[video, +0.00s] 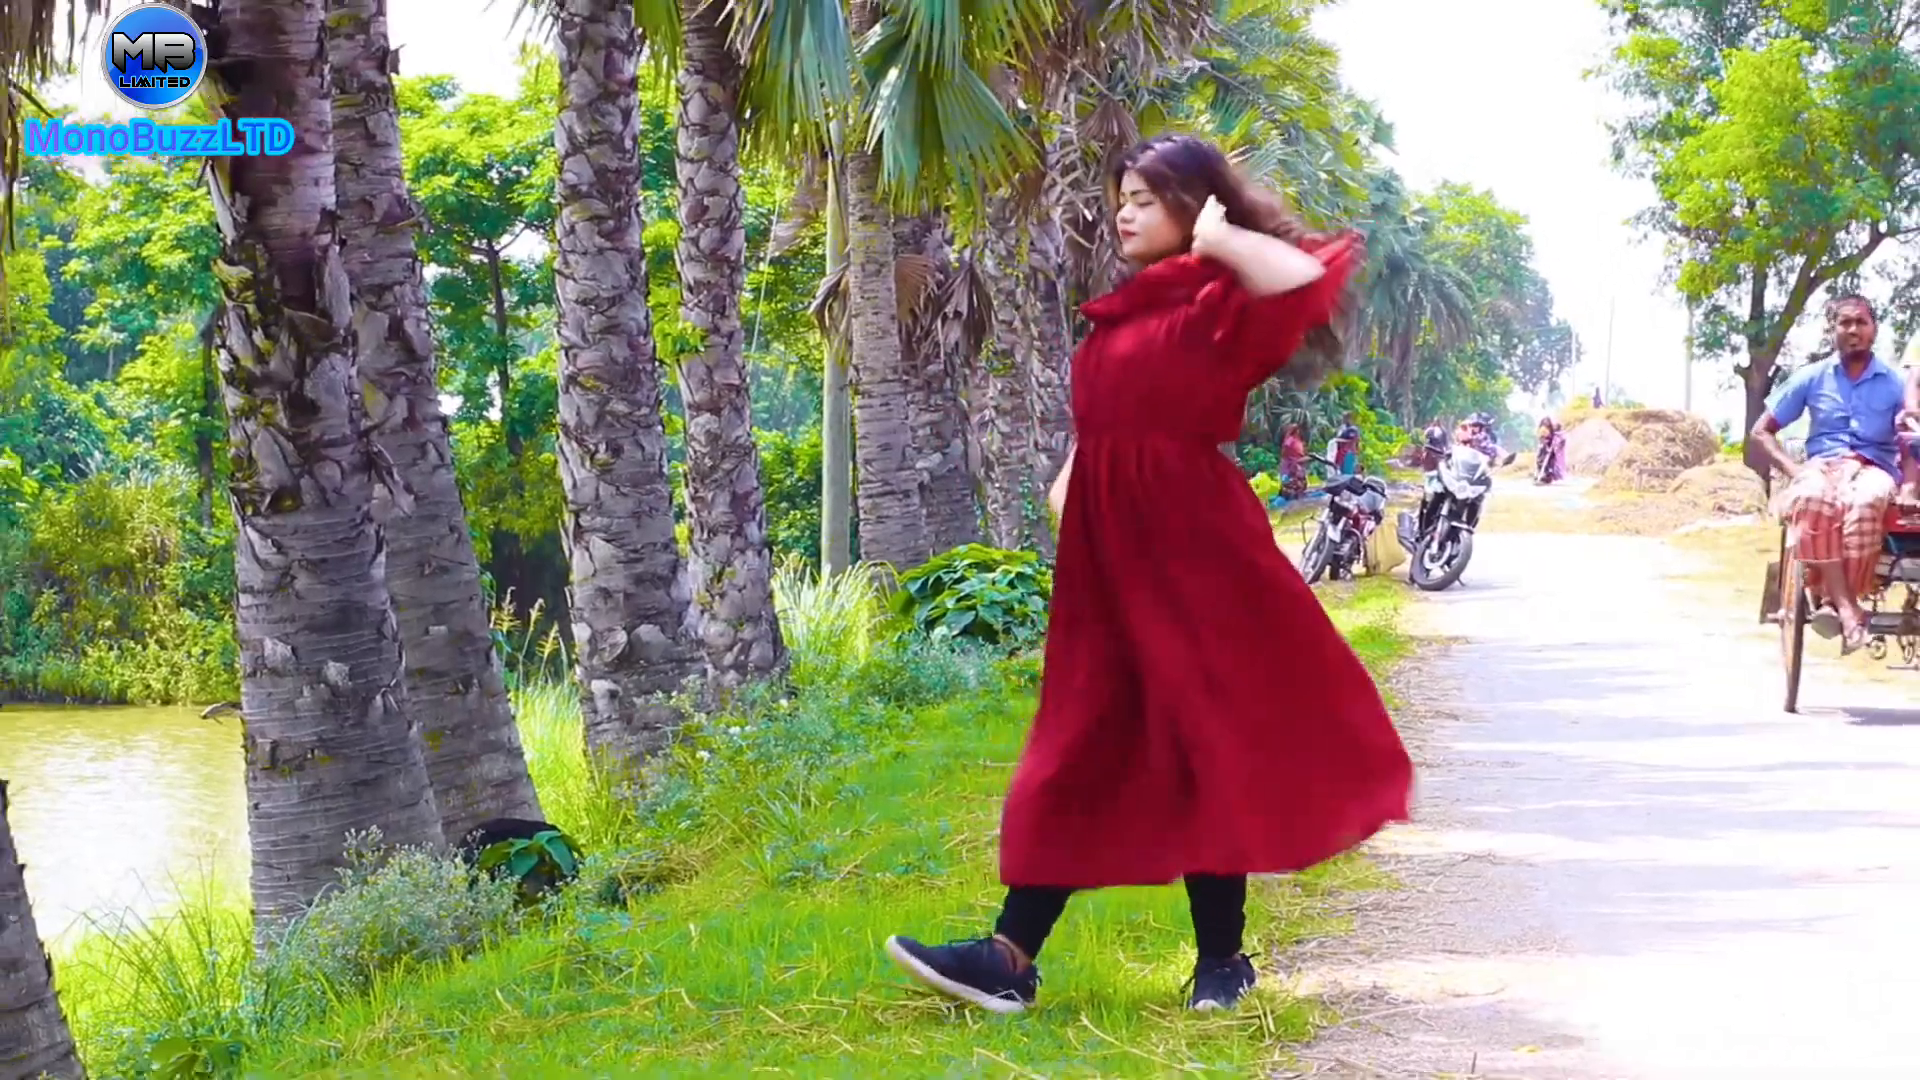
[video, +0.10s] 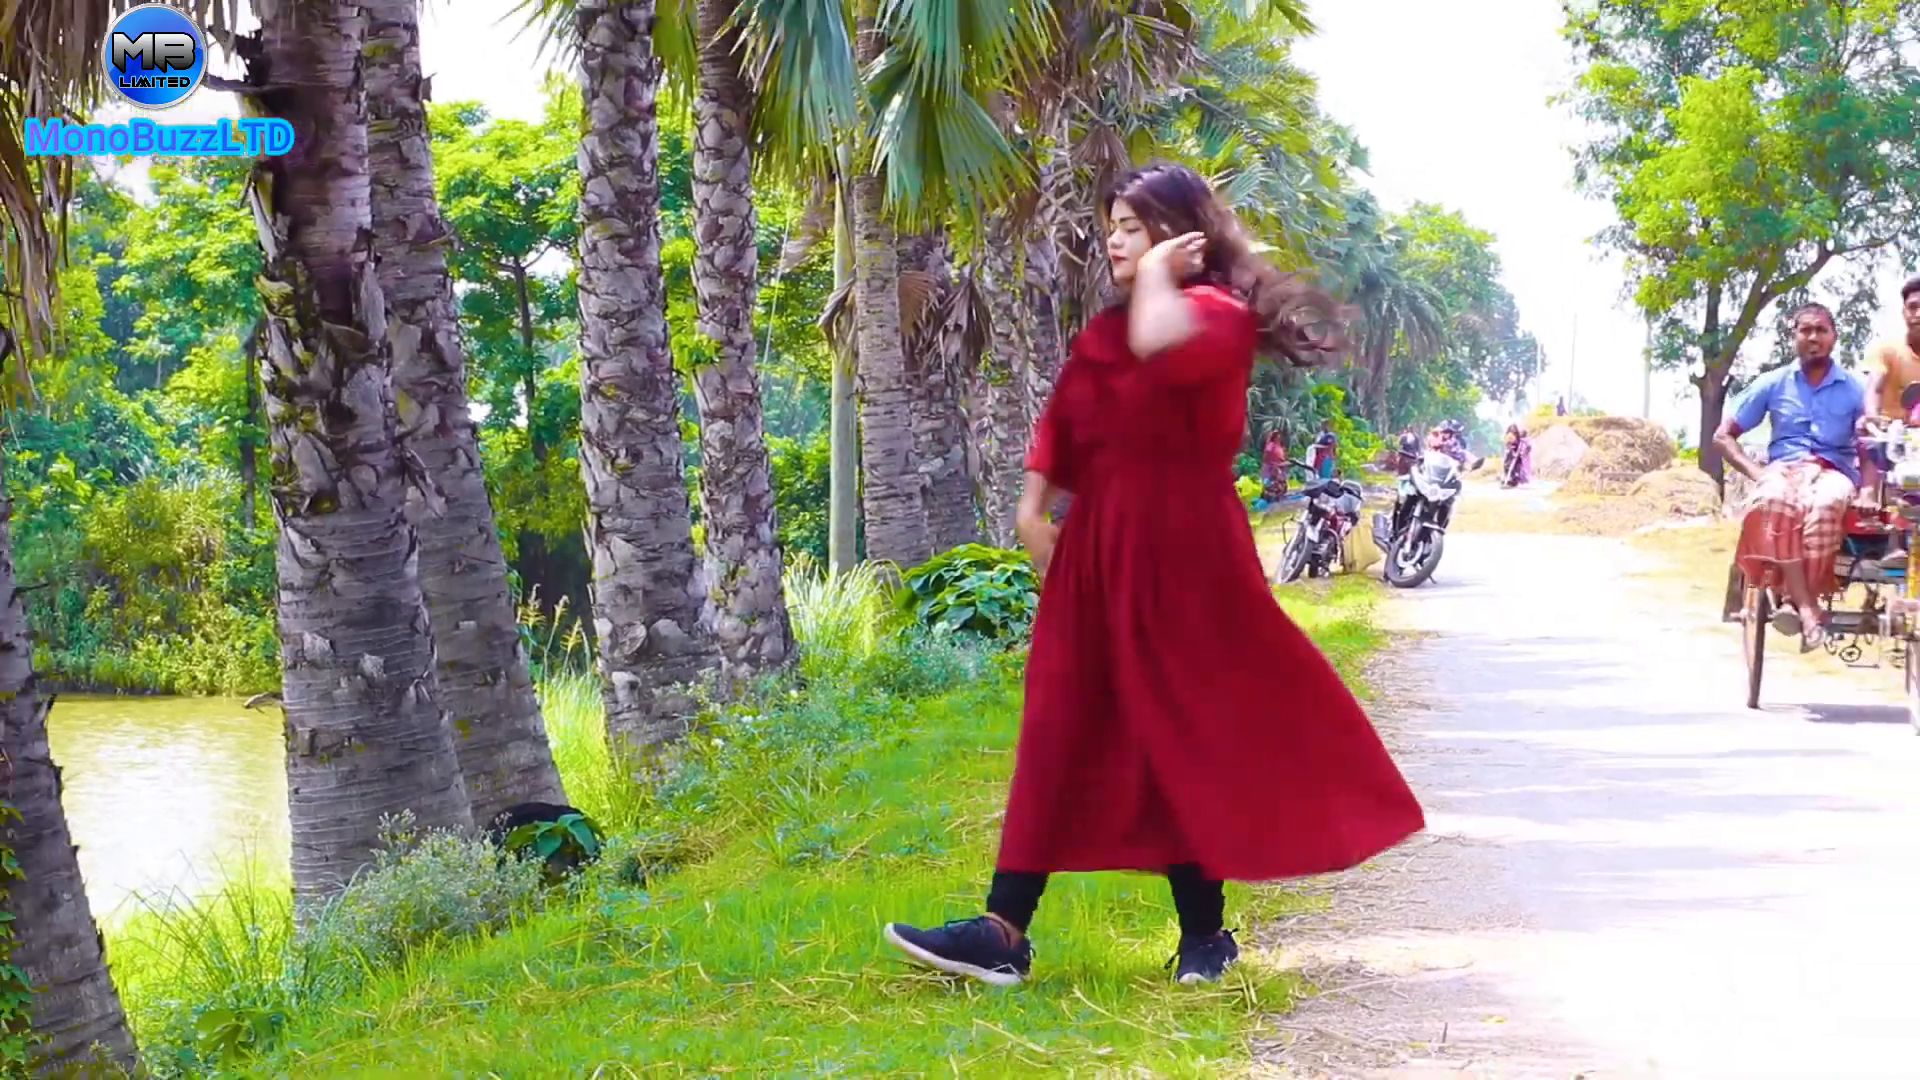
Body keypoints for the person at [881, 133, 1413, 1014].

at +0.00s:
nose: (1122, 216)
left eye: (1142, 202)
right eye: (1121, 202)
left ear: (1192, 214)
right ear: (1123, 215)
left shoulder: (1221, 296)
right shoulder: (1120, 313)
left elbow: (1306, 281)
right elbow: (1113, 420)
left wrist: (1217, 233)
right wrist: (1069, 474)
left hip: (1192, 551)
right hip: (1109, 548)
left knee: (1202, 746)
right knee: (1074, 746)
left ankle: (1221, 961)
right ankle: (1011, 954)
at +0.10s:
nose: (1115, 242)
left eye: (1132, 229)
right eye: (1112, 228)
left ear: (1185, 238)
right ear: (1113, 241)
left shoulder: (1221, 316)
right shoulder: (1102, 330)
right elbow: (1057, 419)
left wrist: (1163, 266)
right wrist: (1032, 505)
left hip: (1178, 556)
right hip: (1091, 549)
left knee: (1173, 737)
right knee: (1054, 728)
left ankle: (1204, 935)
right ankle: (1005, 926)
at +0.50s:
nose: (1056, 243)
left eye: (1076, 230)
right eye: (1043, 231)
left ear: (1116, 248)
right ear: (1026, 251)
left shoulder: (1165, 345)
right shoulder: (998, 351)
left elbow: (1266, 439)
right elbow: (913, 463)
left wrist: (1184, 369)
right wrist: (965, 479)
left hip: (1141, 569)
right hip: (1030, 573)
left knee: (1170, 759)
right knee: (1002, 763)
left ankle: (1213, 948)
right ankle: (971, 948)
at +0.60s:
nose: (1085, 216)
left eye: (1098, 206)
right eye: (1064, 204)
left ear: (1116, 232)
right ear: (1022, 229)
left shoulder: (1152, 332)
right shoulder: (983, 331)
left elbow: (1205, 465)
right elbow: (923, 434)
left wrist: (1170, 447)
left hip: (1129, 561)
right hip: (1012, 563)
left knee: (1180, 751)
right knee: (994, 759)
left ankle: (1214, 957)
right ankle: (972, 972)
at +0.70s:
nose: (1094, 208)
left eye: (1099, 195)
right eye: (1075, 196)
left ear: (1106, 211)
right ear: (1023, 210)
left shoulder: (1124, 306)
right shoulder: (970, 291)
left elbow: (1183, 408)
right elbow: (912, 338)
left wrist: (1172, 452)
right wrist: (1000, 267)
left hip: (1118, 526)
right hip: (1011, 530)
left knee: (1170, 720)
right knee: (995, 726)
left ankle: (1175, 933)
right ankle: (972, 946)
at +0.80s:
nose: (1098, 212)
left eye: (1099, 199)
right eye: (1080, 198)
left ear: (1096, 214)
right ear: (1023, 210)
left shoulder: (1112, 295)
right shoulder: (980, 294)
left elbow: (1161, 384)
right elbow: (872, 280)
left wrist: (1165, 449)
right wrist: (981, 236)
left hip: (1113, 519)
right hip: (1016, 516)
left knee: (1150, 717)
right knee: (997, 720)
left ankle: (1170, 938)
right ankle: (972, 940)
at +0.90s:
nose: (1103, 207)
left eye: (1103, 192)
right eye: (1085, 192)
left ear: (1100, 206)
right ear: (1030, 202)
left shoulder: (1116, 290)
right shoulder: (991, 288)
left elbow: (1167, 427)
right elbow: (903, 277)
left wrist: (1092, 477)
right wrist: (1021, 233)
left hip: (1123, 540)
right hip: (1025, 539)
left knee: (1150, 744)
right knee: (1008, 746)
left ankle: (1172, 972)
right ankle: (974, 966)